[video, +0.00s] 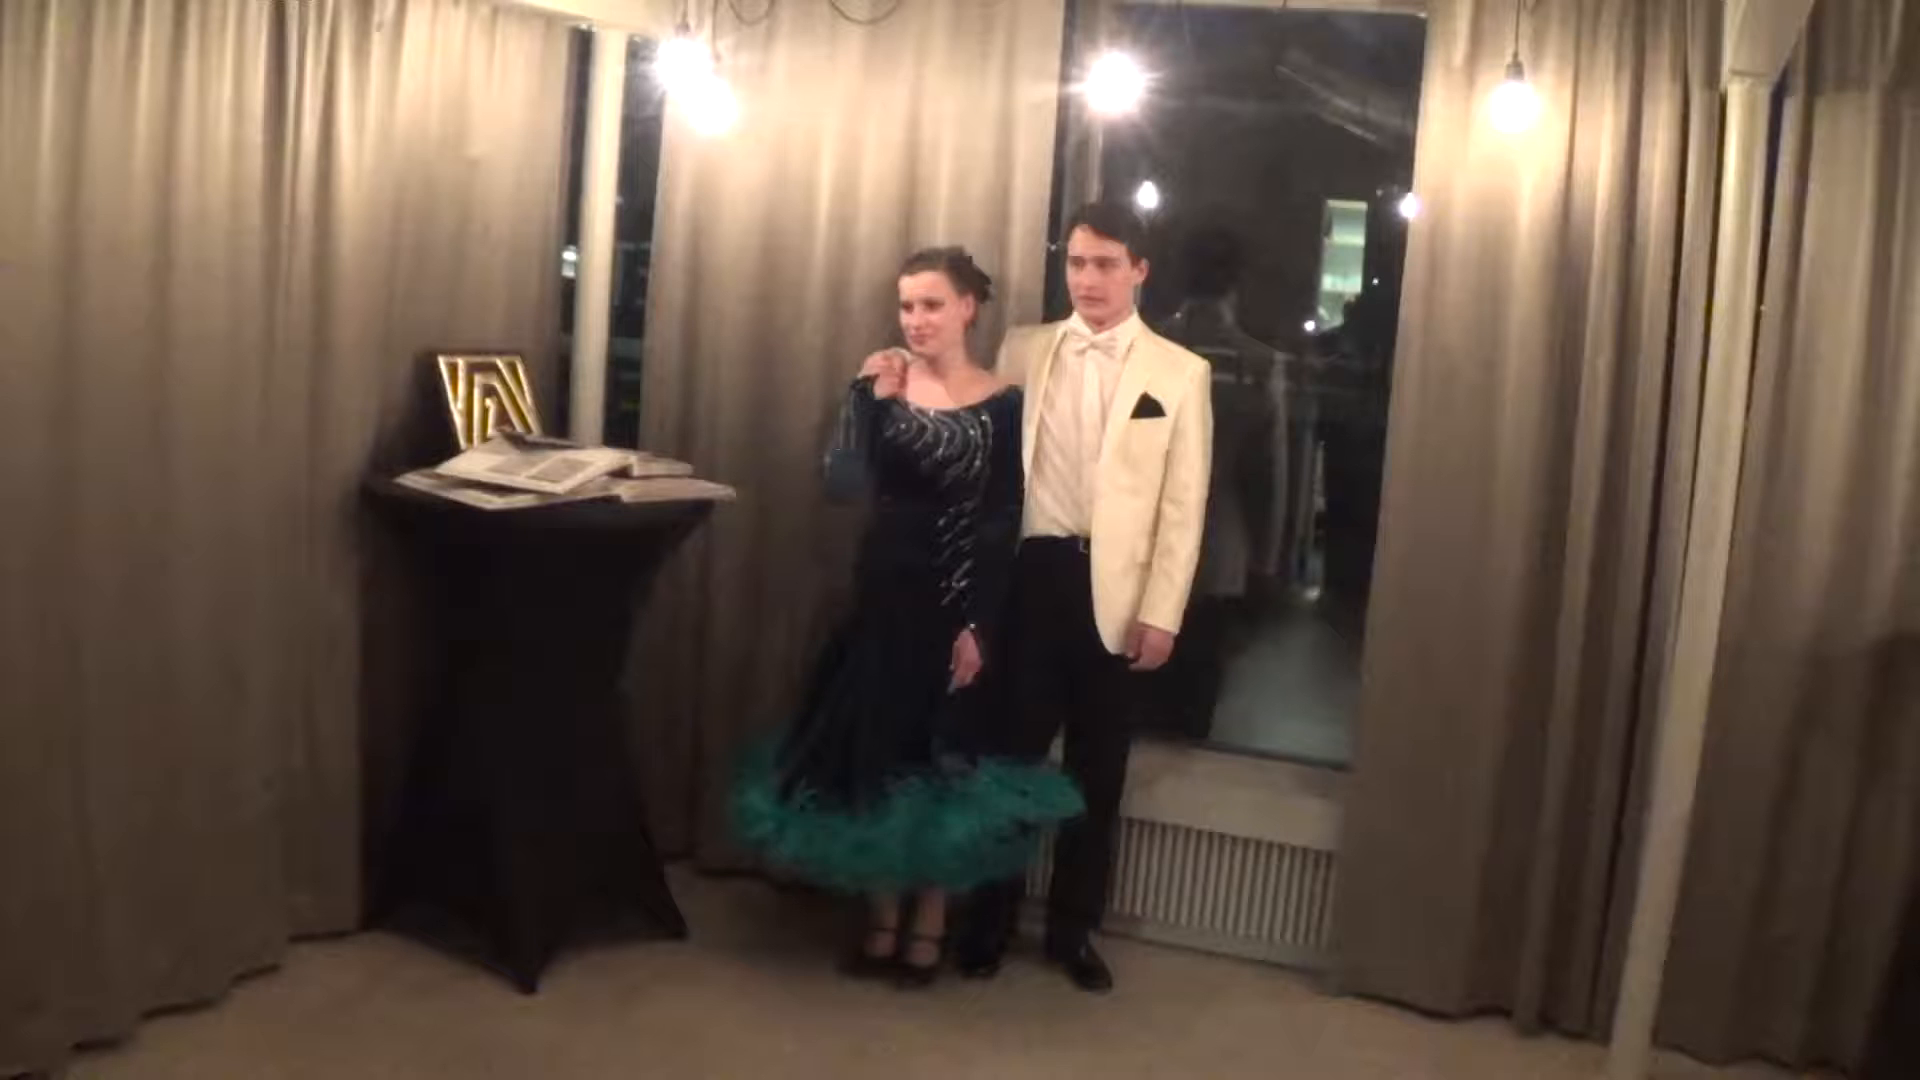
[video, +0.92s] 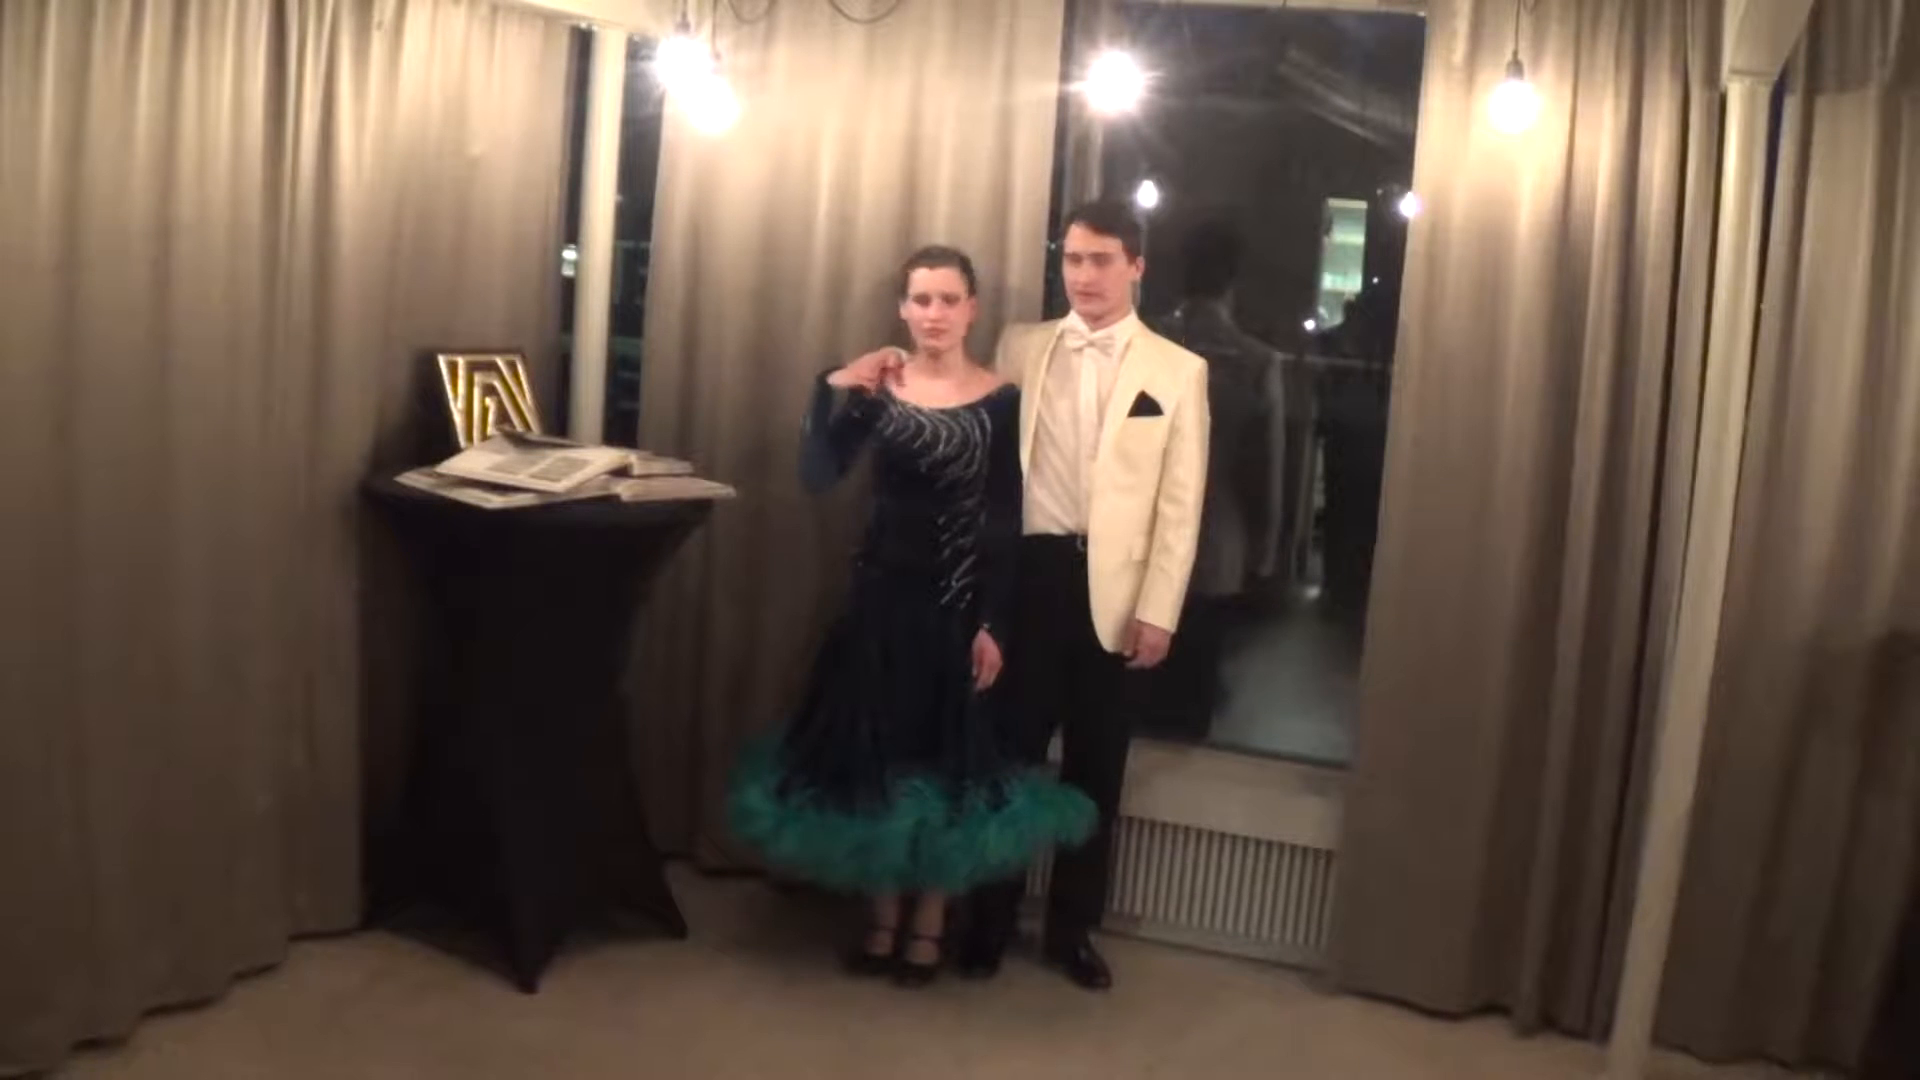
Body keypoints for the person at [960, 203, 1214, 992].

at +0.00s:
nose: (1087, 278)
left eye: (1104, 264)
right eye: (1076, 262)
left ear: (1139, 273)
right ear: (1063, 268)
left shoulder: (1182, 374)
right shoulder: (1027, 351)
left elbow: (1184, 504)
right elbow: (966, 410)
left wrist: (1163, 611)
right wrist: (902, 368)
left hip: (1114, 585)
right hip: (1026, 573)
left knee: (1097, 772)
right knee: (1010, 749)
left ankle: (1073, 932)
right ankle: (984, 926)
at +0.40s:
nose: (1087, 277)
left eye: (1104, 262)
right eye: (1076, 261)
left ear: (1139, 271)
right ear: (1063, 267)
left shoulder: (1181, 373)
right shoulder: (1026, 350)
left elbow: (1183, 504)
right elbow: (984, 455)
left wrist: (1163, 609)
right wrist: (902, 373)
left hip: (1114, 585)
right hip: (1025, 572)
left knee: (1096, 771)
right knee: (1008, 747)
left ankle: (1073, 931)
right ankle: (982, 925)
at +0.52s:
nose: (1083, 277)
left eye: (1100, 262)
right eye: (1073, 261)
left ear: (1138, 271)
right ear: (1061, 266)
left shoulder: (1181, 373)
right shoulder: (1026, 350)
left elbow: (1183, 503)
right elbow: (985, 460)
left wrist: (1162, 610)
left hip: (1113, 585)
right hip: (1024, 572)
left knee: (1096, 772)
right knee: (1007, 749)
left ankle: (1073, 931)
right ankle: (983, 925)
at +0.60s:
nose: (1081, 276)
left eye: (1099, 262)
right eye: (1071, 261)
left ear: (1137, 271)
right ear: (1060, 266)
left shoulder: (1180, 373)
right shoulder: (1025, 349)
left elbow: (1182, 503)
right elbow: (984, 458)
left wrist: (1161, 610)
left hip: (1113, 585)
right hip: (1024, 572)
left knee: (1096, 771)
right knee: (1007, 749)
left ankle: (1073, 931)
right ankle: (983, 925)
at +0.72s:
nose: (1082, 277)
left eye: (1099, 262)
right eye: (1071, 261)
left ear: (1136, 270)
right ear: (1060, 266)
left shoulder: (1180, 372)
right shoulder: (1026, 349)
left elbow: (1181, 503)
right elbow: (981, 455)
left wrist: (1160, 609)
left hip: (1112, 584)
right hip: (1024, 571)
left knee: (1096, 770)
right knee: (1010, 747)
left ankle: (1073, 931)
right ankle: (986, 925)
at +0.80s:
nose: (1082, 276)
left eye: (1099, 261)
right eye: (1072, 259)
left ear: (1136, 270)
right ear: (1059, 265)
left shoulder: (1180, 372)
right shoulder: (1025, 349)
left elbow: (1181, 503)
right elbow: (983, 457)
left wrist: (1160, 609)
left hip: (1111, 584)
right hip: (1023, 572)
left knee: (1096, 770)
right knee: (1009, 748)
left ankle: (1073, 931)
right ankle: (986, 924)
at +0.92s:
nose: (1084, 275)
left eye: (1101, 260)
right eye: (1073, 259)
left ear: (1136, 269)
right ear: (1060, 265)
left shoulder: (1179, 371)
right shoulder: (1024, 348)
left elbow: (1180, 502)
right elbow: (983, 456)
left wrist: (1160, 608)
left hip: (1112, 584)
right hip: (1023, 571)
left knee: (1096, 769)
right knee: (1009, 747)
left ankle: (1073, 930)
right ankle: (985, 925)